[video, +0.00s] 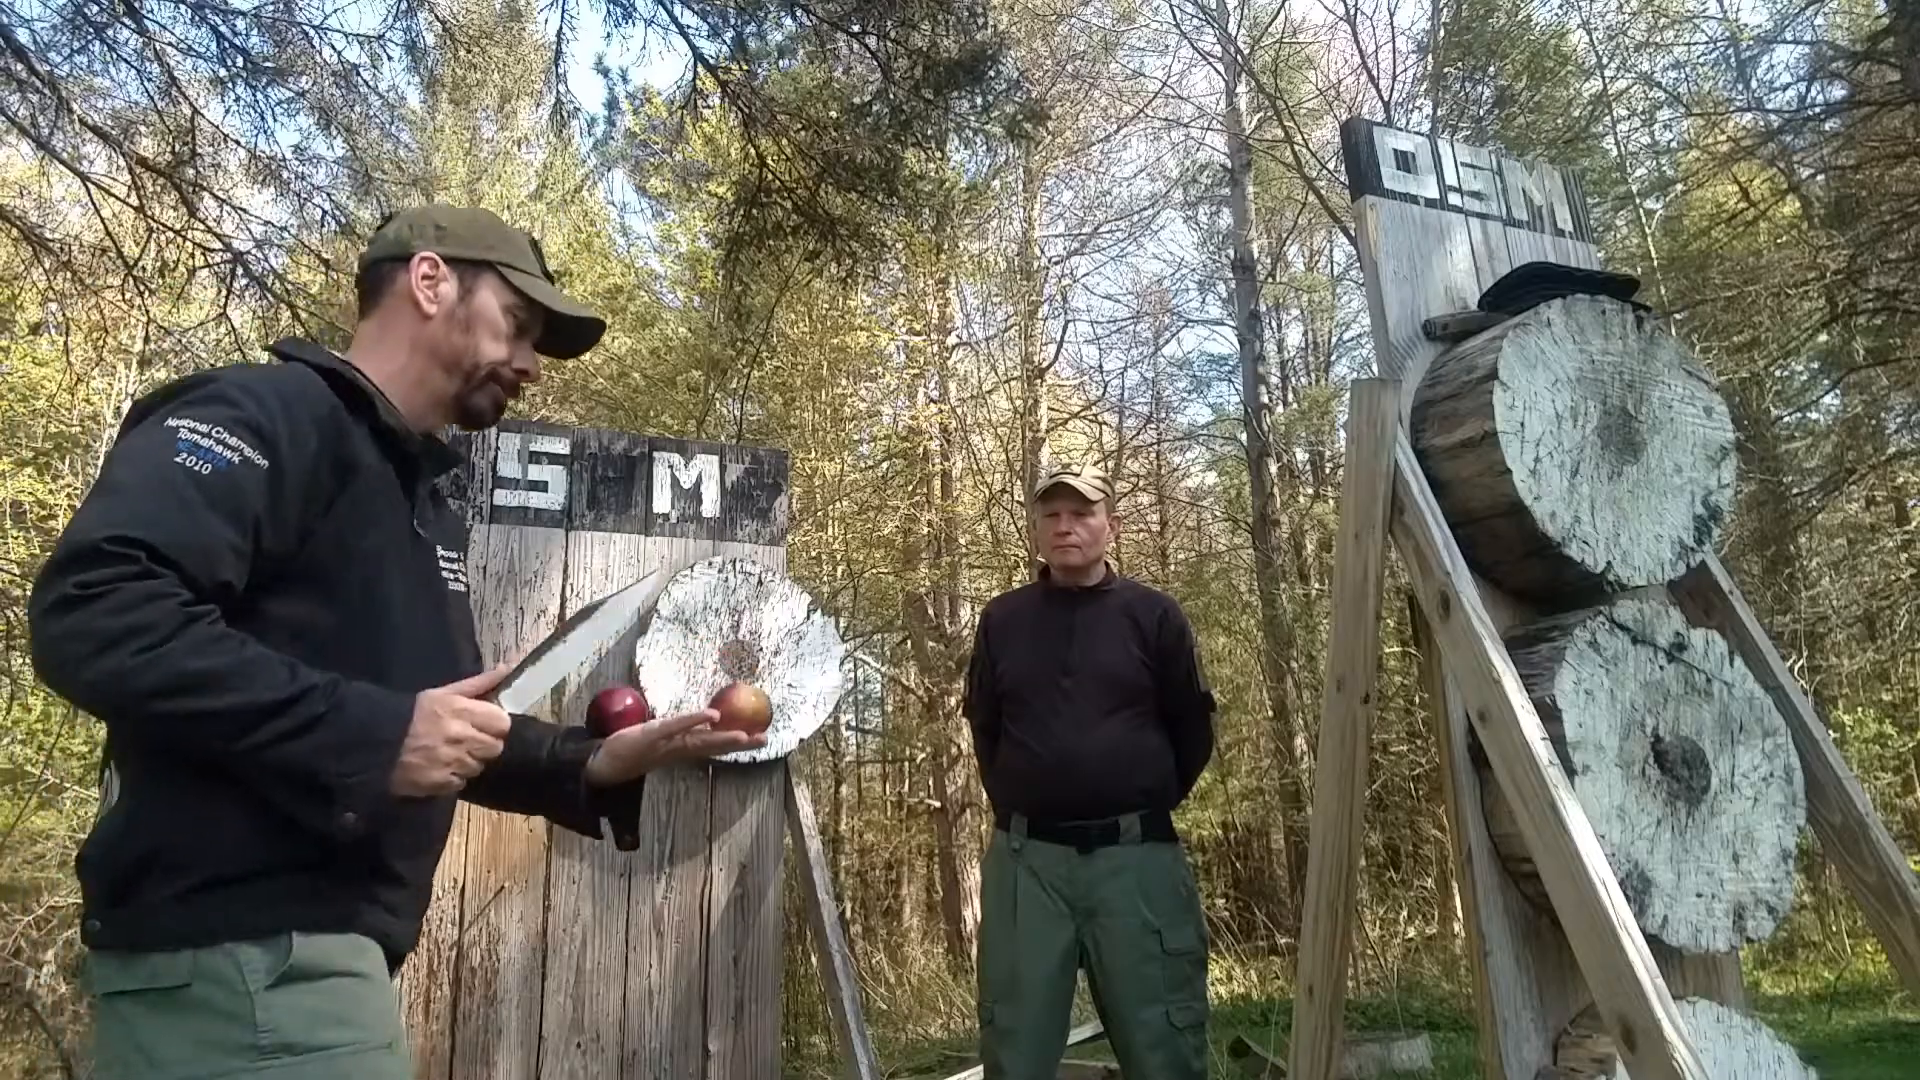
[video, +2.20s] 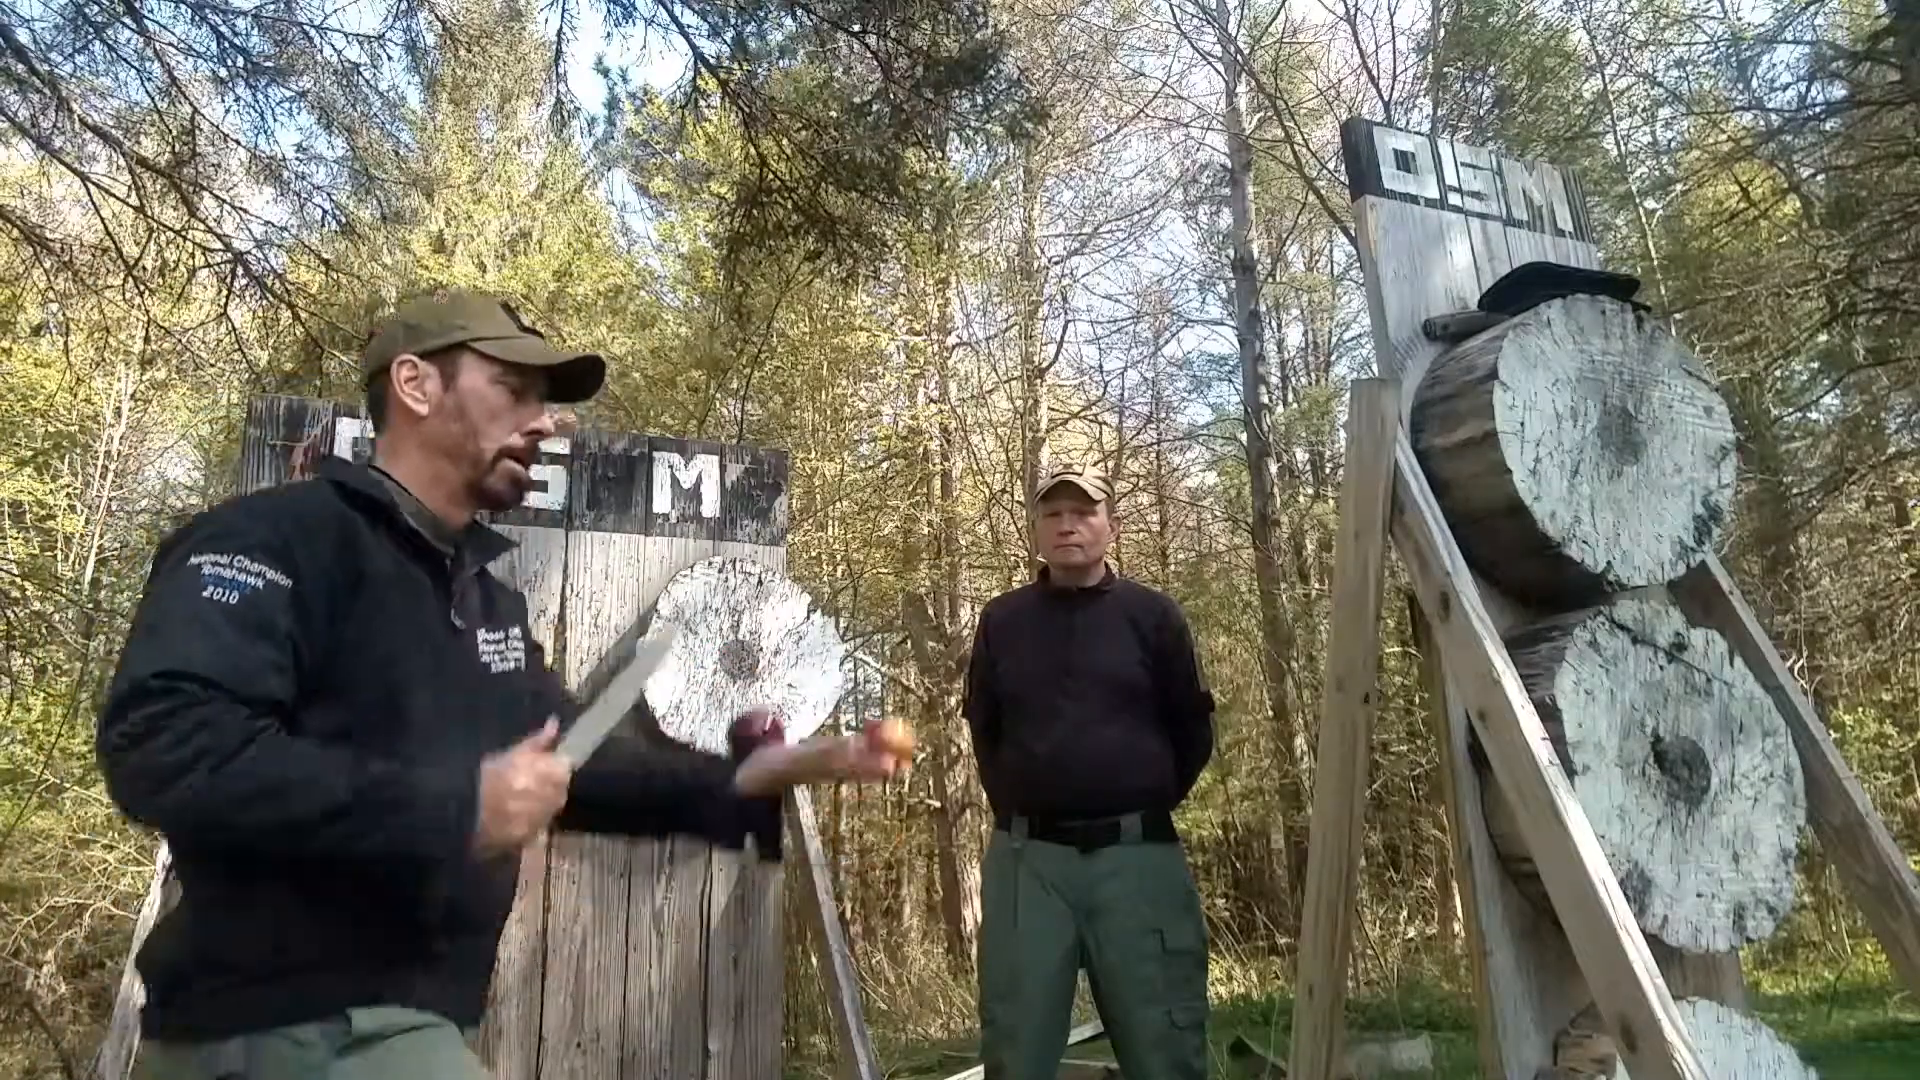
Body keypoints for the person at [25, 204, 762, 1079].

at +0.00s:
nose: (533, 364)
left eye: (541, 344)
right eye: (521, 324)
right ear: (431, 283)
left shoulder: (416, 496)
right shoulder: (264, 412)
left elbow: (428, 725)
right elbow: (92, 612)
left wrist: (600, 760)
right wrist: (371, 730)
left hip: (307, 955)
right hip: (243, 963)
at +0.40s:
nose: (546, 370)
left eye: (552, 349)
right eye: (527, 333)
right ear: (433, 311)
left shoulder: (473, 530)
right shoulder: (258, 441)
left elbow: (484, 723)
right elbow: (90, 628)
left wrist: (625, 793)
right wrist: (314, 740)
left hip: (345, 952)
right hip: (241, 942)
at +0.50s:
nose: (559, 353)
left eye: (564, 334)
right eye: (536, 319)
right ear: (437, 309)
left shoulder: (491, 533)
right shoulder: (277, 439)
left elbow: (499, 727)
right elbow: (113, 625)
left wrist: (641, 796)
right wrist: (337, 739)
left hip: (358, 953)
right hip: (255, 943)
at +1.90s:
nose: (584, 402)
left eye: (587, 379)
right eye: (558, 364)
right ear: (459, 354)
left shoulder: (494, 590)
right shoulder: (299, 478)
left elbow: (486, 801)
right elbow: (142, 685)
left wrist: (657, 877)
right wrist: (409, 805)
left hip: (365, 1011)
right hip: (249, 1008)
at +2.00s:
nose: (570, 453)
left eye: (573, 427)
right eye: (544, 416)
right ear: (444, 408)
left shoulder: (490, 643)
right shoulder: (286, 546)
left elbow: (487, 856)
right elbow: (126, 771)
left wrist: (648, 939)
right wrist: (393, 891)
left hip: (375, 1042)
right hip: (234, 1043)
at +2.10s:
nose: (559, 472)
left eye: (564, 449)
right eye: (531, 439)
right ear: (428, 433)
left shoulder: (485, 662)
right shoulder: (268, 583)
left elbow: (521, 868)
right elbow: (128, 812)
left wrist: (672, 944)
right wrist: (389, 933)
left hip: (396, 1052)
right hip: (224, 1053)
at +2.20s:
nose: (545, 424)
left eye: (546, 399)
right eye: (517, 391)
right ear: (415, 387)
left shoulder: (486, 595)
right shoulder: (265, 538)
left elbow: (560, 762)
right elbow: (163, 748)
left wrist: (756, 777)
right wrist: (460, 803)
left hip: (419, 1021)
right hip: (285, 1025)